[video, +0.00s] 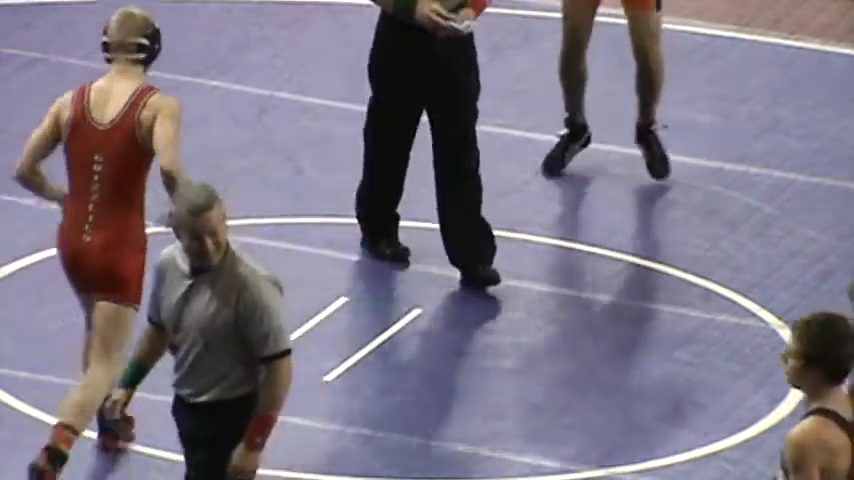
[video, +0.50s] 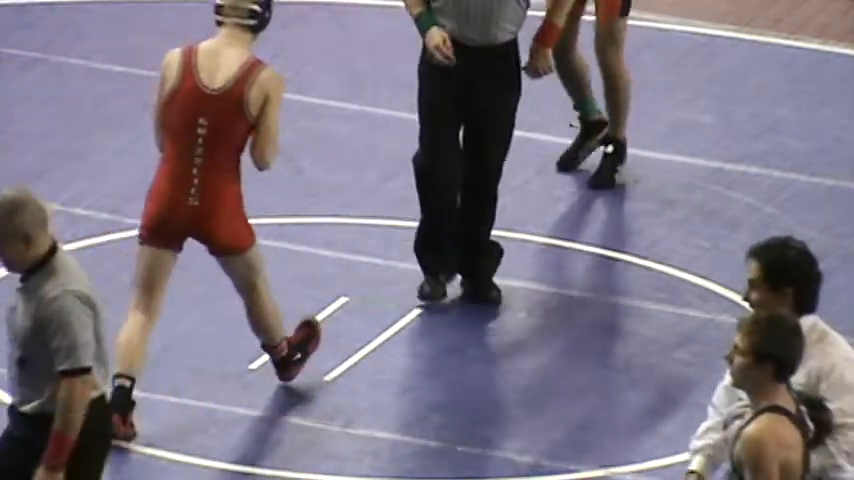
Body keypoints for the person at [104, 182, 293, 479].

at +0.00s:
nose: (207, 247)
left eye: (213, 235)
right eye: (195, 238)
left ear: (225, 223)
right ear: (177, 234)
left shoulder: (251, 286)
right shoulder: (169, 265)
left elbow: (280, 368)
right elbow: (158, 330)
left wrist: (253, 447)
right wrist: (126, 386)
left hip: (230, 413)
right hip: (188, 408)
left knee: (204, 473)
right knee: (201, 472)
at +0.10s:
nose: (167, 256)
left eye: (174, 245)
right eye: (157, 247)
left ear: (193, 232)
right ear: (146, 241)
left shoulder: (219, 297)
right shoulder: (141, 270)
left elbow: (245, 379)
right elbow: (129, 336)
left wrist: (225, 460)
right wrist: (98, 394)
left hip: (199, 422)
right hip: (156, 417)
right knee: (161, 471)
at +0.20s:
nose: (119, 263)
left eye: (125, 253)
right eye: (113, 254)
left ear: (155, 239)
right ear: (105, 247)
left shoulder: (179, 297)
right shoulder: (111, 272)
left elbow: (205, 379)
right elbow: (105, 343)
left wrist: (202, 451)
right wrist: (78, 398)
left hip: (161, 421)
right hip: (115, 416)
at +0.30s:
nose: (71, 255)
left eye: (78, 247)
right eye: (69, 246)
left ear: (111, 240)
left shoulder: (143, 297)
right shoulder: (86, 270)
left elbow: (160, 387)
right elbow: (79, 341)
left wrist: (166, 451)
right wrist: (67, 394)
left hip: (128, 424)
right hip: (90, 420)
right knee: (76, 473)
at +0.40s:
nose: (32, 252)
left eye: (38, 243)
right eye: (31, 242)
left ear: (69, 236)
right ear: (70, 236)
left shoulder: (101, 294)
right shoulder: (74, 269)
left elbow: (120, 382)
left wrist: (116, 464)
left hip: (90, 424)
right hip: (56, 416)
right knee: (28, 472)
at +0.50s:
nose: (3, 255)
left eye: (5, 246)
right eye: (2, 247)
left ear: (26, 242)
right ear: (37, 235)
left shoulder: (62, 296)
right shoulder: (42, 276)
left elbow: (78, 385)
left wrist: (53, 465)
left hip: (63, 424)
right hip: (35, 414)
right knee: (12, 468)